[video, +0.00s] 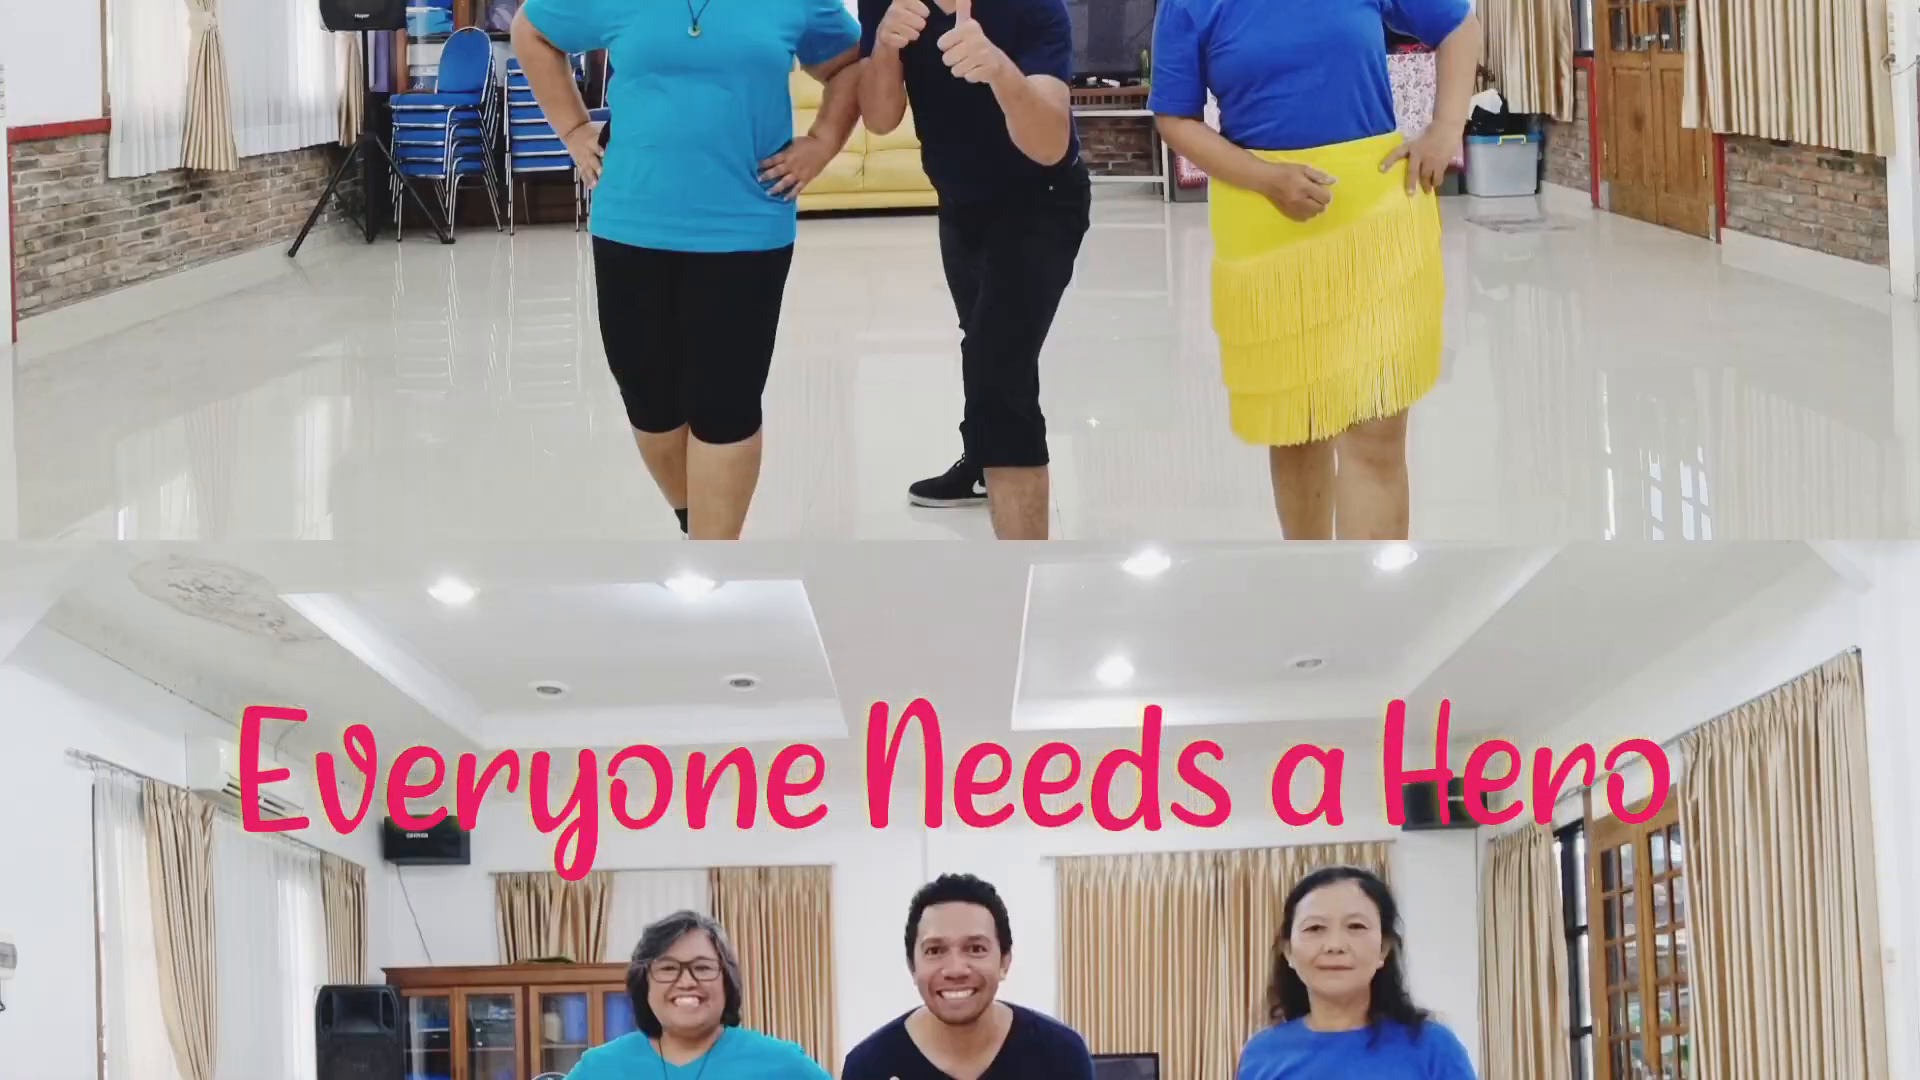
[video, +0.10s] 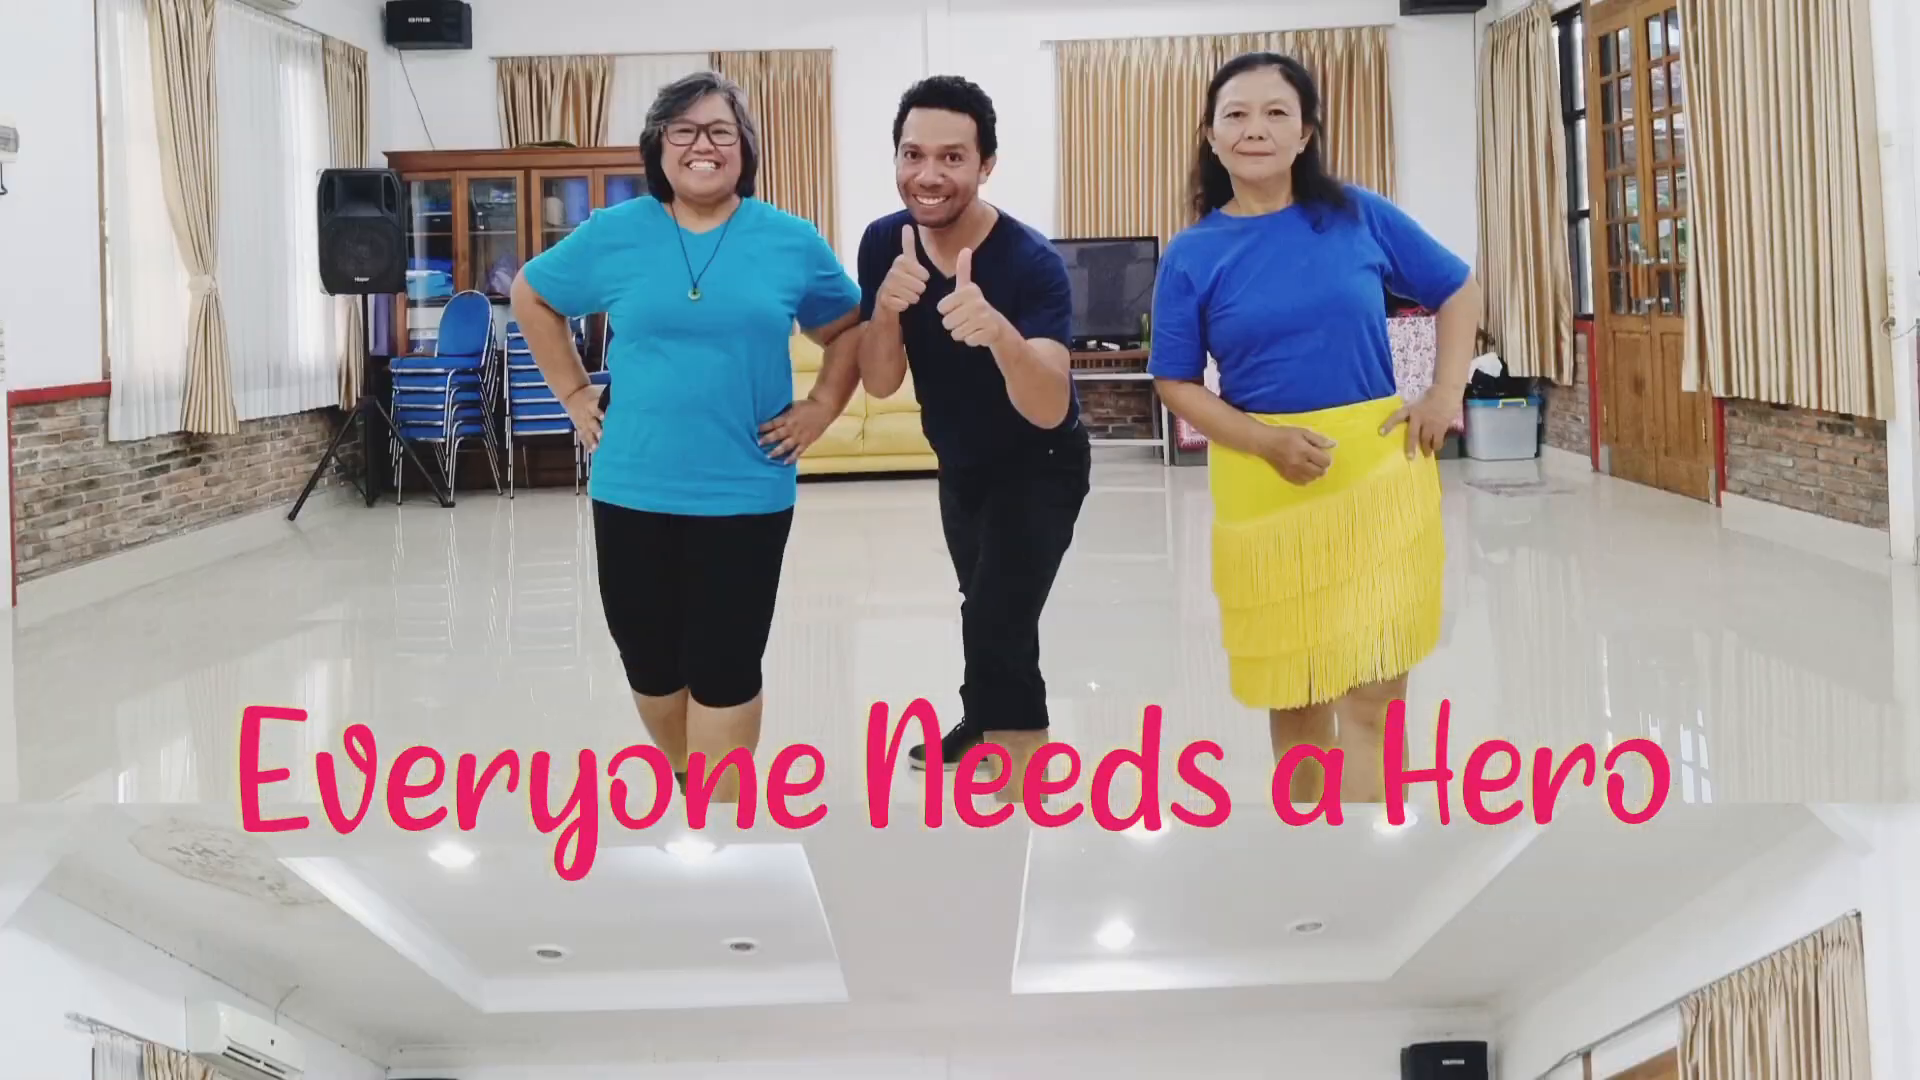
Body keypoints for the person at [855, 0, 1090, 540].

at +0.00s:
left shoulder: (1033, 10)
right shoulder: (893, 7)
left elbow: (1050, 146)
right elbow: (879, 119)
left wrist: (1002, 72)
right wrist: (884, 48)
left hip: (1039, 196)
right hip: (961, 200)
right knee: (982, 340)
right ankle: (984, 458)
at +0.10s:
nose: (930, 176)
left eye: (951, 159)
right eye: (915, 157)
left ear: (986, 168)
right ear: (896, 163)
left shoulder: (1031, 265)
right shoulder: (885, 245)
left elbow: (1049, 409)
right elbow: (880, 383)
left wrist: (1002, 335)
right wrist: (884, 313)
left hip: (1041, 465)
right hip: (961, 467)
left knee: (994, 621)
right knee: (991, 618)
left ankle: (1012, 763)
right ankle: (1008, 753)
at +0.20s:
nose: (929, 336)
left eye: (951, 319)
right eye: (914, 317)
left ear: (986, 328)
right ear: (896, 323)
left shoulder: (1030, 424)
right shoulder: (885, 405)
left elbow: (1050, 568)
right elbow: (880, 543)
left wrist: (1002, 495)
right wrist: (884, 473)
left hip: (1040, 623)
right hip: (960, 626)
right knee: (985, 770)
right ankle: (988, 888)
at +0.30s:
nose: (930, 418)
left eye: (951, 401)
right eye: (914, 399)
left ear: (986, 410)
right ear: (896, 405)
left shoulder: (1031, 506)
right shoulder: (885, 486)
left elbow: (1049, 651)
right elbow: (880, 625)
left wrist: (1003, 578)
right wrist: (884, 555)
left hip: (1042, 702)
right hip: (962, 702)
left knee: (1001, 888)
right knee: (981, 840)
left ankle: (1026, 1066)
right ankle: (987, 966)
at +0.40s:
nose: (929, 449)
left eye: (951, 431)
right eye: (914, 429)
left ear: (986, 440)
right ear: (896, 435)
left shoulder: (1031, 535)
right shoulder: (885, 517)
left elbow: (1050, 681)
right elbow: (880, 656)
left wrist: (1003, 609)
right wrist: (884, 585)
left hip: (1042, 734)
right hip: (960, 728)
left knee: (999, 917)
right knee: (977, 874)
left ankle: (1025, 1074)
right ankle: (987, 997)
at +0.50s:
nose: (929, 453)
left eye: (951, 436)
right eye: (914, 433)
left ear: (986, 445)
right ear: (896, 439)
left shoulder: (1030, 540)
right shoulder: (885, 521)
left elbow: (1050, 686)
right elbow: (880, 661)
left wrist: (1003, 613)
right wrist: (884, 590)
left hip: (1043, 738)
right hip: (961, 733)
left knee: (999, 921)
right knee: (977, 880)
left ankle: (1024, 1071)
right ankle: (988, 1001)